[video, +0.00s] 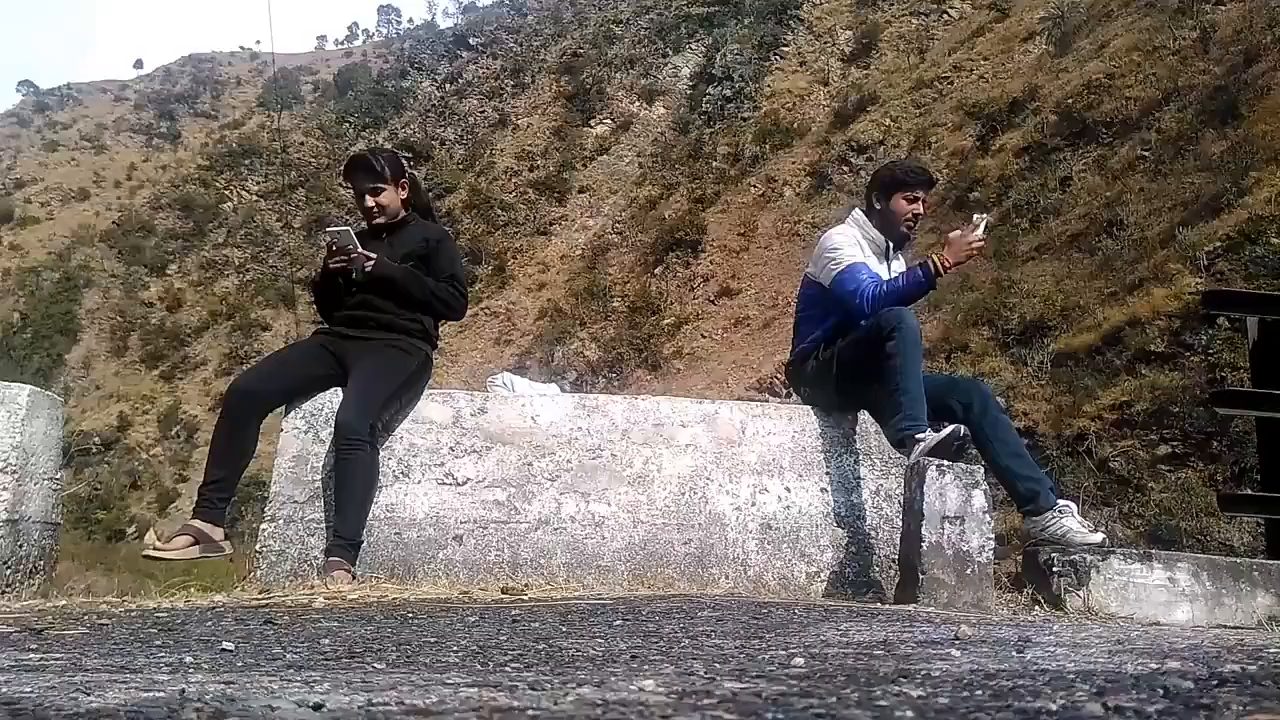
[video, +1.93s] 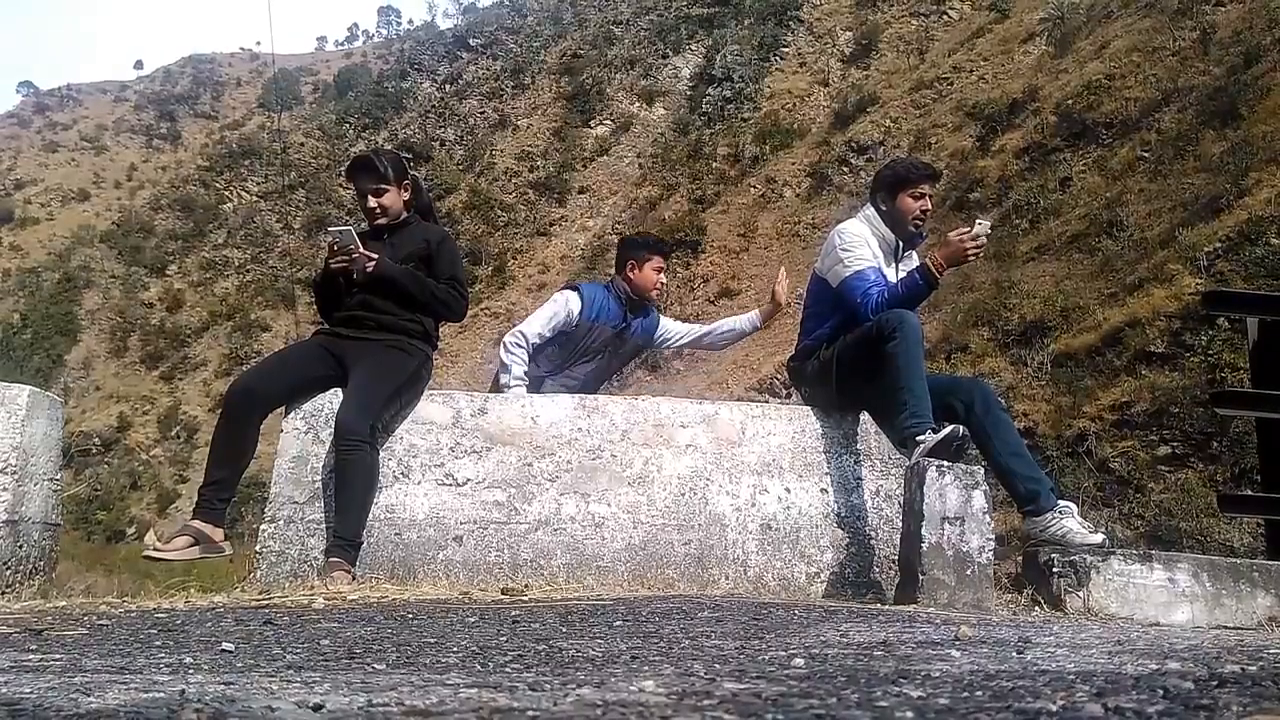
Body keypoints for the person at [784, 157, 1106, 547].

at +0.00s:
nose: (919, 211)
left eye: (923, 203)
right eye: (909, 200)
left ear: (921, 209)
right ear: (879, 201)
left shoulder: (895, 257)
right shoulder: (838, 242)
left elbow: (884, 311)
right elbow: (868, 299)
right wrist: (941, 261)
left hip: (872, 377)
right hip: (822, 374)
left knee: (972, 395)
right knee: (899, 323)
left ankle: (1042, 512)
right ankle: (913, 437)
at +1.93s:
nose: (926, 206)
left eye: (929, 198)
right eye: (916, 197)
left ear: (928, 204)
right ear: (885, 199)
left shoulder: (906, 247)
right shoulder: (850, 236)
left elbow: (895, 308)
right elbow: (870, 306)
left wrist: (944, 260)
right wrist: (937, 263)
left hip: (876, 376)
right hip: (824, 374)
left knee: (975, 394)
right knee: (900, 325)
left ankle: (1043, 512)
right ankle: (917, 436)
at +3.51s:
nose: (925, 207)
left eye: (930, 199)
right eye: (914, 197)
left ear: (931, 204)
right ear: (886, 197)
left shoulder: (910, 250)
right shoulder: (849, 231)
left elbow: (897, 308)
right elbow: (868, 299)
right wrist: (943, 275)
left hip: (879, 376)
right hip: (825, 371)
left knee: (975, 390)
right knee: (897, 320)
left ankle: (1043, 509)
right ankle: (917, 433)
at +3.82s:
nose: (906, 210)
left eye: (917, 204)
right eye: (899, 200)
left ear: (928, 210)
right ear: (882, 196)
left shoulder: (912, 255)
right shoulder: (850, 231)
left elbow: (906, 309)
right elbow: (870, 295)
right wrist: (950, 293)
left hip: (880, 377)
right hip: (825, 373)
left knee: (976, 391)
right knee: (900, 322)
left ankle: (1043, 510)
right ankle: (917, 434)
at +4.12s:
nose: (897, 215)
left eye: (911, 212)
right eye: (896, 204)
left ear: (924, 219)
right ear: (889, 203)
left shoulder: (913, 252)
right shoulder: (848, 232)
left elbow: (910, 307)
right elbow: (873, 296)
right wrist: (955, 293)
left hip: (879, 375)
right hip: (824, 371)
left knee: (976, 391)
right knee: (902, 319)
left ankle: (1044, 509)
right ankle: (916, 433)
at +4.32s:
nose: (887, 211)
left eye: (901, 208)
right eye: (887, 200)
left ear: (921, 220)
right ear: (880, 196)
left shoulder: (912, 254)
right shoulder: (844, 232)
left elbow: (909, 310)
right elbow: (872, 295)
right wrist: (953, 292)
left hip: (879, 376)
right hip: (824, 372)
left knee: (976, 391)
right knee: (901, 319)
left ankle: (1044, 509)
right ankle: (916, 433)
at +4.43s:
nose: (885, 210)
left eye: (898, 206)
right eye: (883, 199)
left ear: (918, 218)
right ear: (874, 197)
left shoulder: (912, 255)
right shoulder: (842, 233)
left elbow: (909, 312)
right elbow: (871, 296)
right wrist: (952, 292)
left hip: (880, 376)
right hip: (824, 372)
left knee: (976, 391)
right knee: (900, 319)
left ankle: (1044, 508)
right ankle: (916, 433)